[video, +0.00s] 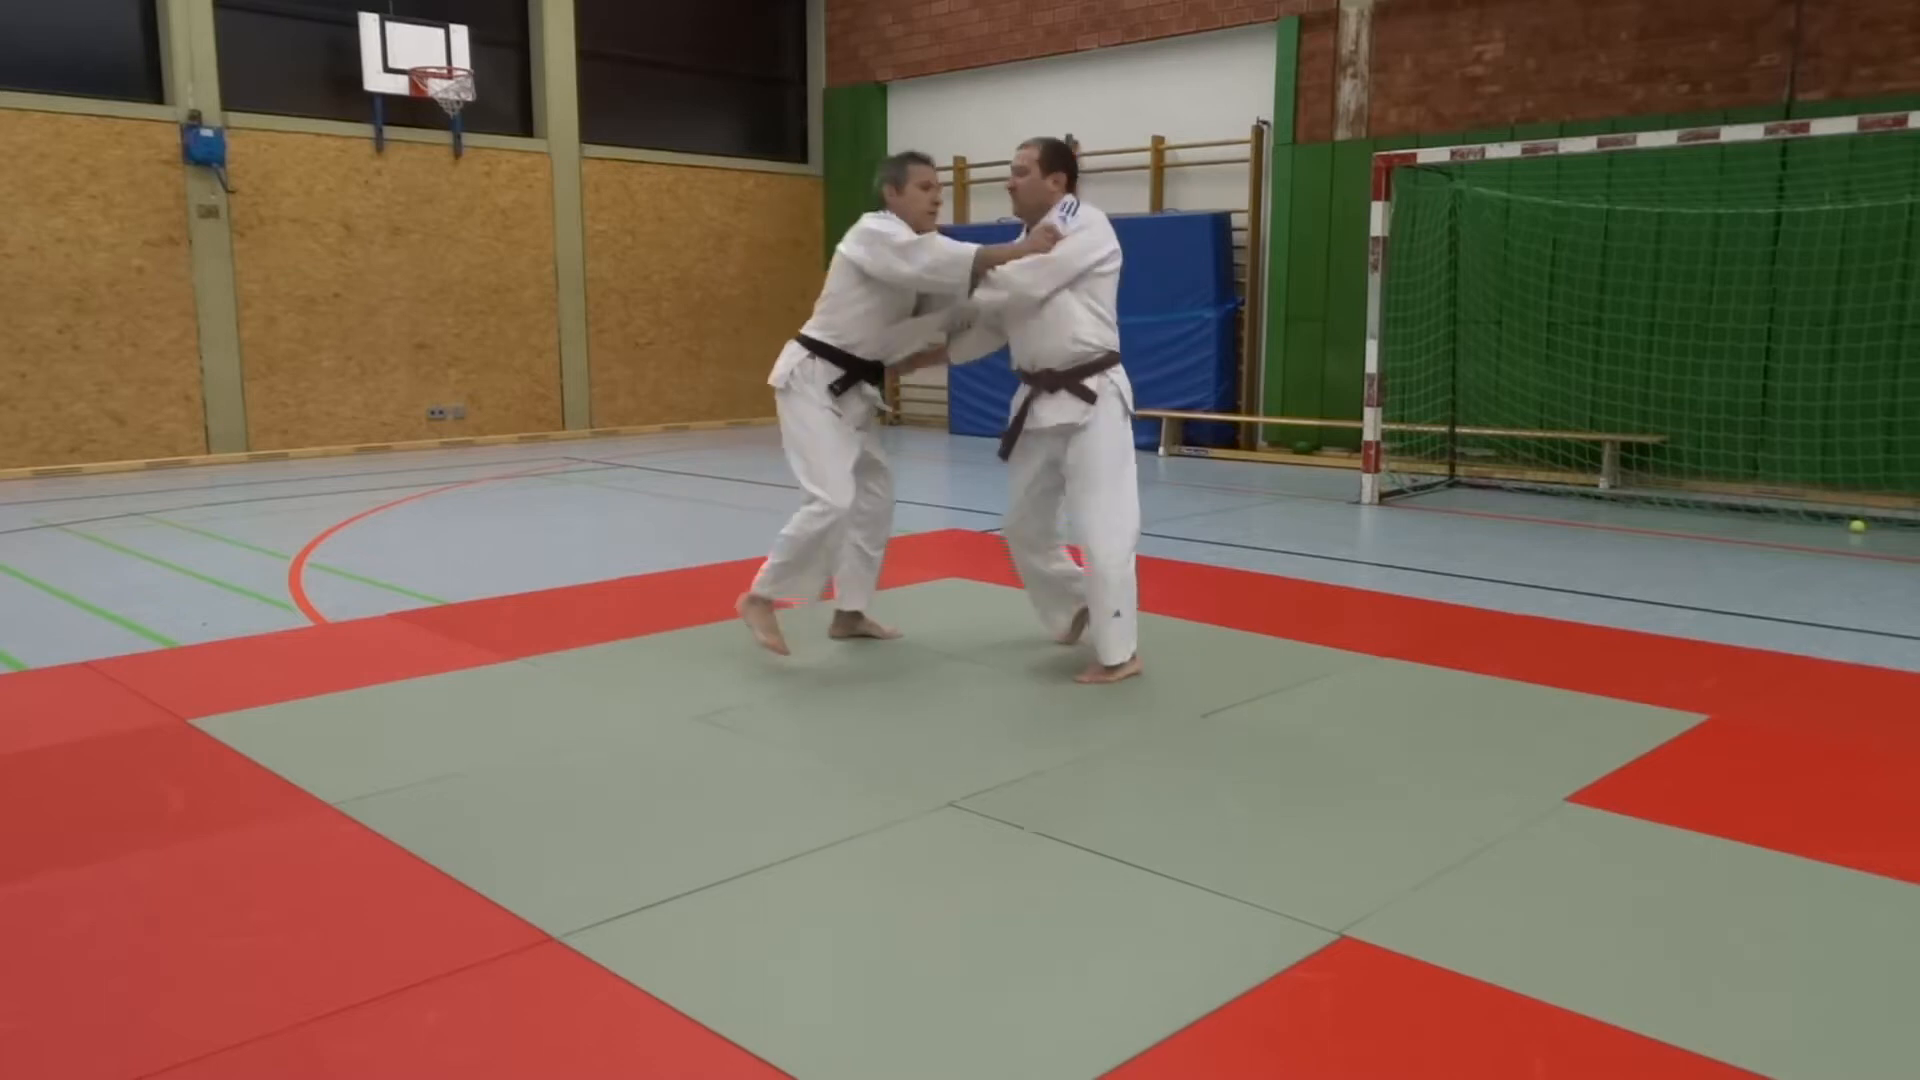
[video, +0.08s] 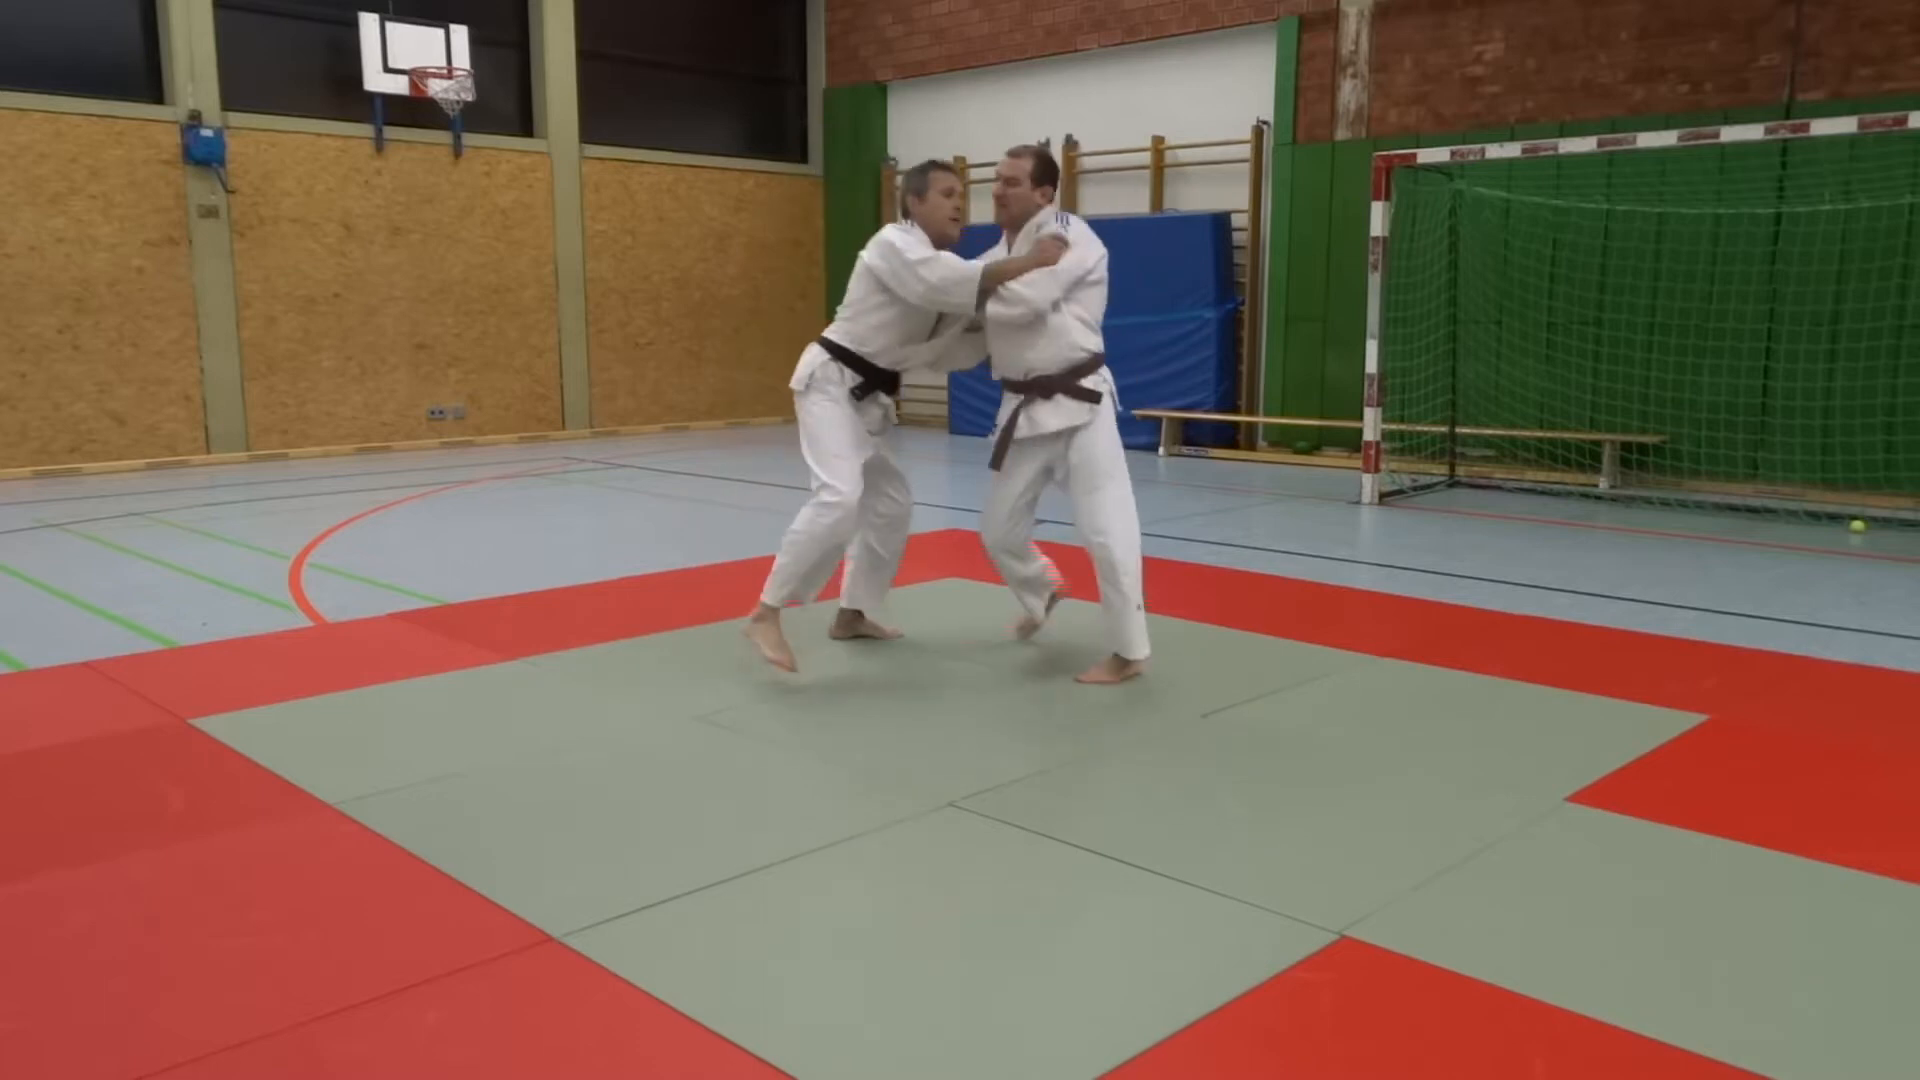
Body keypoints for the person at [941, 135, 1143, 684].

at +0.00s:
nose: (1010, 181)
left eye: (1021, 173)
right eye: (1011, 172)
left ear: (1057, 182)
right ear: (1036, 184)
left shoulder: (1090, 226)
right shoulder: (1017, 248)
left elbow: (1028, 283)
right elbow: (992, 327)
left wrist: (967, 296)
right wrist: (927, 355)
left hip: (1095, 395)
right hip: (1040, 399)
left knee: (1103, 527)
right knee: (1023, 526)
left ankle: (1119, 653)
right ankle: (1078, 609)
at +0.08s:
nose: (998, 192)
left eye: (1010, 184)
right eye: (997, 182)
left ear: (1044, 192)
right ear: (1000, 190)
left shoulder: (1075, 238)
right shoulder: (998, 253)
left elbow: (1028, 299)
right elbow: (971, 342)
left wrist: (962, 292)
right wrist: (895, 354)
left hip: (1082, 401)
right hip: (1024, 405)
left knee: (1107, 531)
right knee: (1000, 533)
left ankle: (1131, 653)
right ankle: (1041, 591)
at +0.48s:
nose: (971, 199)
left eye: (983, 190)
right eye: (965, 189)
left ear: (1012, 197)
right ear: (959, 195)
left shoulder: (1044, 251)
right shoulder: (946, 252)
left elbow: (1028, 312)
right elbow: (920, 306)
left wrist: (961, 295)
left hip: (1034, 403)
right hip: (972, 404)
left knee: (1062, 529)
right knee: (953, 539)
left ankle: (1103, 645)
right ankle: (966, 630)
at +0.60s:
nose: (968, 195)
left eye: (979, 185)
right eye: (963, 185)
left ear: (1013, 189)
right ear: (959, 188)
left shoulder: (1040, 245)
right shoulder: (951, 232)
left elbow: (1003, 308)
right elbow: (906, 272)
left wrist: (944, 281)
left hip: (1031, 400)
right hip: (971, 397)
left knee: (1062, 525)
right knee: (955, 527)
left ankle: (1099, 641)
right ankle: (966, 629)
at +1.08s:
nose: (995, 184)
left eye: (1007, 175)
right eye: (994, 174)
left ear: (1041, 183)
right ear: (998, 180)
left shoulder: (1049, 243)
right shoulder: (996, 233)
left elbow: (972, 289)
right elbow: (950, 238)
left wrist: (903, 269)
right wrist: (915, 222)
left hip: (1038, 398)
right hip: (983, 395)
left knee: (1055, 528)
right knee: (973, 521)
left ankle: (1091, 646)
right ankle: (976, 628)